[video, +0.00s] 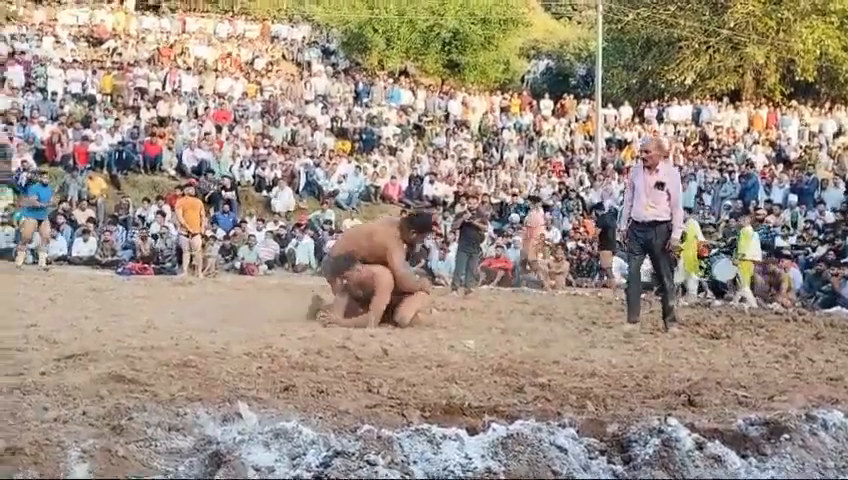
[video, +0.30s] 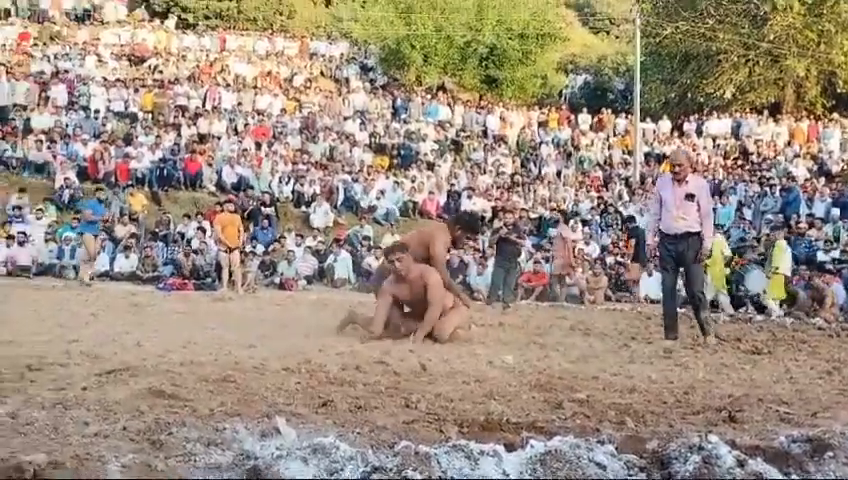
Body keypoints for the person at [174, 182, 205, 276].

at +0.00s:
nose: (191, 190)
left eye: (192, 188)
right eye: (188, 188)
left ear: (194, 189)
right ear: (184, 190)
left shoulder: (199, 202)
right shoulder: (180, 202)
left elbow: (203, 216)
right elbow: (179, 217)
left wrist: (202, 228)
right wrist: (188, 228)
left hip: (196, 231)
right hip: (184, 231)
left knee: (197, 252)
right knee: (185, 252)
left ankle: (199, 271)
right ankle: (185, 271)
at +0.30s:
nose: (231, 206)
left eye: (232, 204)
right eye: (229, 204)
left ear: (234, 205)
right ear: (224, 206)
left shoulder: (237, 217)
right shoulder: (219, 217)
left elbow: (241, 230)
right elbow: (218, 233)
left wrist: (240, 242)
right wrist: (227, 243)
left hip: (235, 246)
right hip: (223, 246)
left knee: (236, 268)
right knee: (224, 268)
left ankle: (238, 287)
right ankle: (224, 287)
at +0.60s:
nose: (221, 214)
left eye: (222, 212)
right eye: (219, 212)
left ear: (223, 213)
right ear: (214, 213)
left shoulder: (226, 225)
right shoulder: (208, 225)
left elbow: (230, 238)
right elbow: (205, 241)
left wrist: (229, 249)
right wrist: (215, 251)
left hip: (224, 253)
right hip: (212, 254)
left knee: (226, 275)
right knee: (214, 275)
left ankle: (229, 295)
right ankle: (214, 295)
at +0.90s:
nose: (215, 219)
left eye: (216, 217)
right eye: (213, 217)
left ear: (218, 219)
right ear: (208, 218)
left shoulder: (220, 230)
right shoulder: (201, 231)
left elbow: (224, 243)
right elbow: (199, 246)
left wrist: (223, 255)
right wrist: (210, 257)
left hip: (218, 259)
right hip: (206, 260)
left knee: (221, 280)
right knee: (207, 281)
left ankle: (225, 300)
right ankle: (207, 301)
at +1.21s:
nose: (216, 223)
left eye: (216, 220)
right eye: (213, 220)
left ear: (217, 222)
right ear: (208, 222)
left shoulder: (219, 234)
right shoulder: (200, 234)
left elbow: (223, 246)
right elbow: (198, 249)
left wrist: (222, 257)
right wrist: (209, 260)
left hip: (217, 262)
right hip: (204, 262)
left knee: (218, 284)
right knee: (206, 284)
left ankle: (223, 303)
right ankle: (204, 304)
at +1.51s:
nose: (214, 221)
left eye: (214, 219)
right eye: (211, 219)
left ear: (216, 220)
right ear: (206, 220)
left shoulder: (219, 233)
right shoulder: (199, 233)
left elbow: (222, 246)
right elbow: (196, 247)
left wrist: (221, 257)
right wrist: (206, 258)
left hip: (215, 261)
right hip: (203, 261)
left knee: (218, 282)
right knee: (204, 283)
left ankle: (221, 302)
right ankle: (202, 303)